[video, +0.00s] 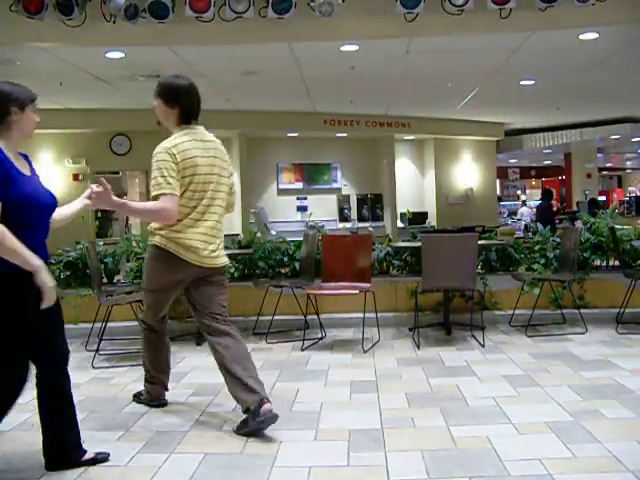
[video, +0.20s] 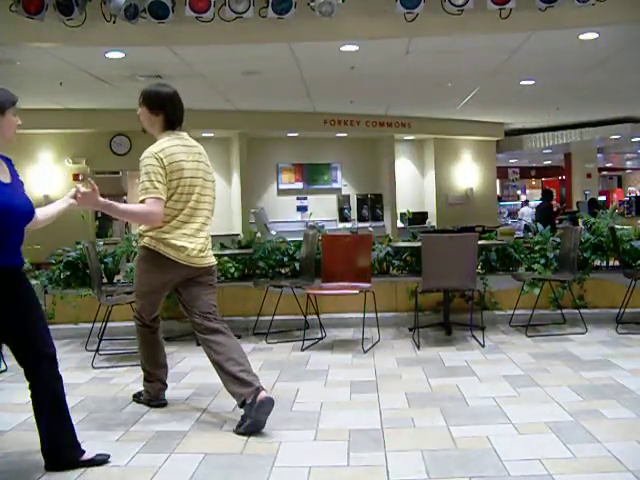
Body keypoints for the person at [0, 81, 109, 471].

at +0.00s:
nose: (37, 118)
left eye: (35, 111)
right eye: (32, 111)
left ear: (16, 115)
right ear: (13, 115)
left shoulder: (23, 160)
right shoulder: (2, 160)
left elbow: (46, 221)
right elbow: (0, 230)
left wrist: (86, 199)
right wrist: (36, 266)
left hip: (36, 274)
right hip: (9, 276)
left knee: (53, 362)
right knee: (10, 374)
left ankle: (64, 453)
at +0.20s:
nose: (18, 122)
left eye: (16, 114)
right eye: (13, 114)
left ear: (2, 121)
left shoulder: (7, 167)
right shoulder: (0, 166)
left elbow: (28, 221)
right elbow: (25, 220)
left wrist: (70, 200)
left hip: (12, 281)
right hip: (2, 282)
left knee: (42, 363)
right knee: (40, 363)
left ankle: (62, 453)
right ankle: (62, 453)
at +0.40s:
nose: (13, 116)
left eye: (13, 110)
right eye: (9, 110)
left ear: (4, 115)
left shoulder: (5, 162)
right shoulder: (0, 162)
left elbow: (28, 217)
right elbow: (25, 216)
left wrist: (68, 200)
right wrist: (66, 200)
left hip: (11, 274)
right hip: (2, 276)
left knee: (33, 362)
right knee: (28, 363)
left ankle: (53, 449)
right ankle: (52, 448)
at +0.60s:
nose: (24, 122)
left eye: (21, 115)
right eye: (19, 115)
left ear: (6, 121)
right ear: (2, 120)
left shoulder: (13, 165)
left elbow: (39, 220)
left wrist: (80, 202)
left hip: (23, 276)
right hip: (2, 278)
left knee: (37, 360)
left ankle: (21, 448)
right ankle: (11, 450)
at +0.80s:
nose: (39, 122)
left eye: (37, 115)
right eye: (33, 115)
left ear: (17, 121)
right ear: (14, 121)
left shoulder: (25, 164)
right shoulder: (0, 165)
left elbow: (57, 216)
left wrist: (99, 199)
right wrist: (11, 291)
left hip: (32, 277)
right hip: (14, 281)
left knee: (36, 358)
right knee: (61, 354)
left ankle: (25, 445)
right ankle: (17, 446)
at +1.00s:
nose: (57, 119)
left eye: (55, 113)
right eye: (52, 113)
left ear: (34, 119)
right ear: (33, 119)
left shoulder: (36, 159)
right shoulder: (16, 160)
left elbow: (73, 207)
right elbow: (16, 227)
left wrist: (121, 193)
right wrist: (63, 269)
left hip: (35, 269)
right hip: (25, 271)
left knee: (27, 360)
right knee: (65, 352)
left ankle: (20, 447)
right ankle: (118, 429)